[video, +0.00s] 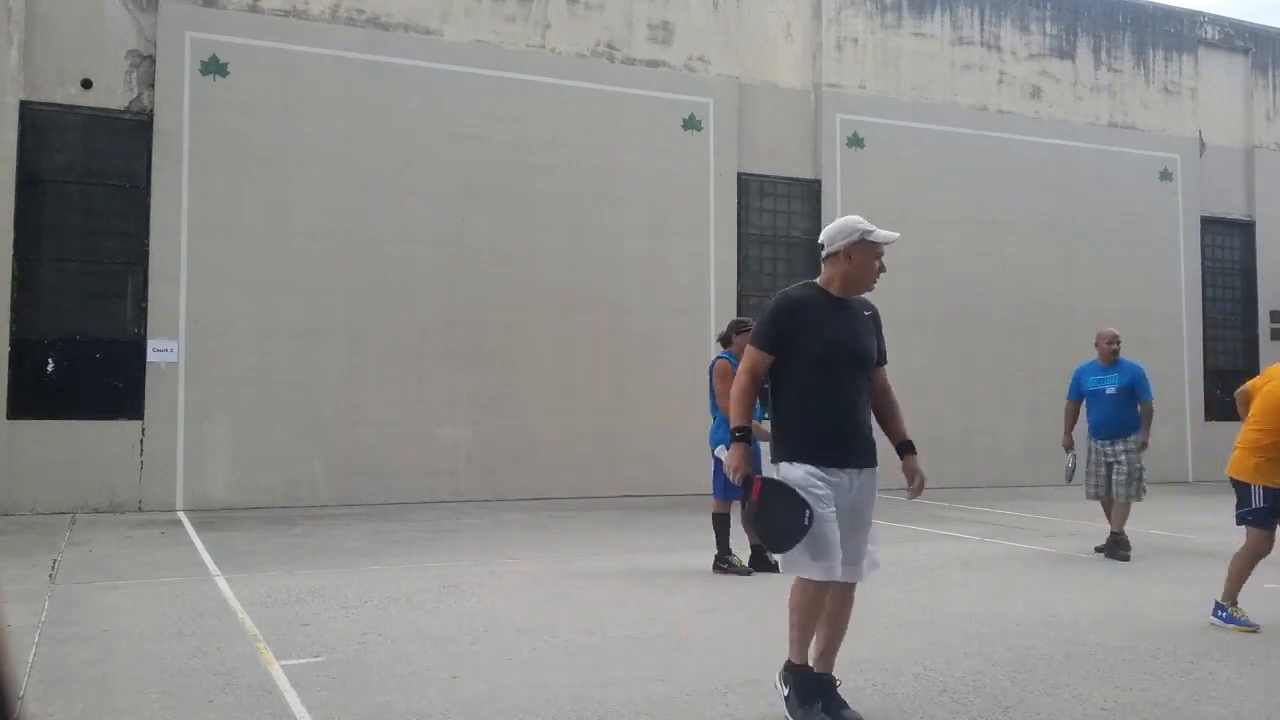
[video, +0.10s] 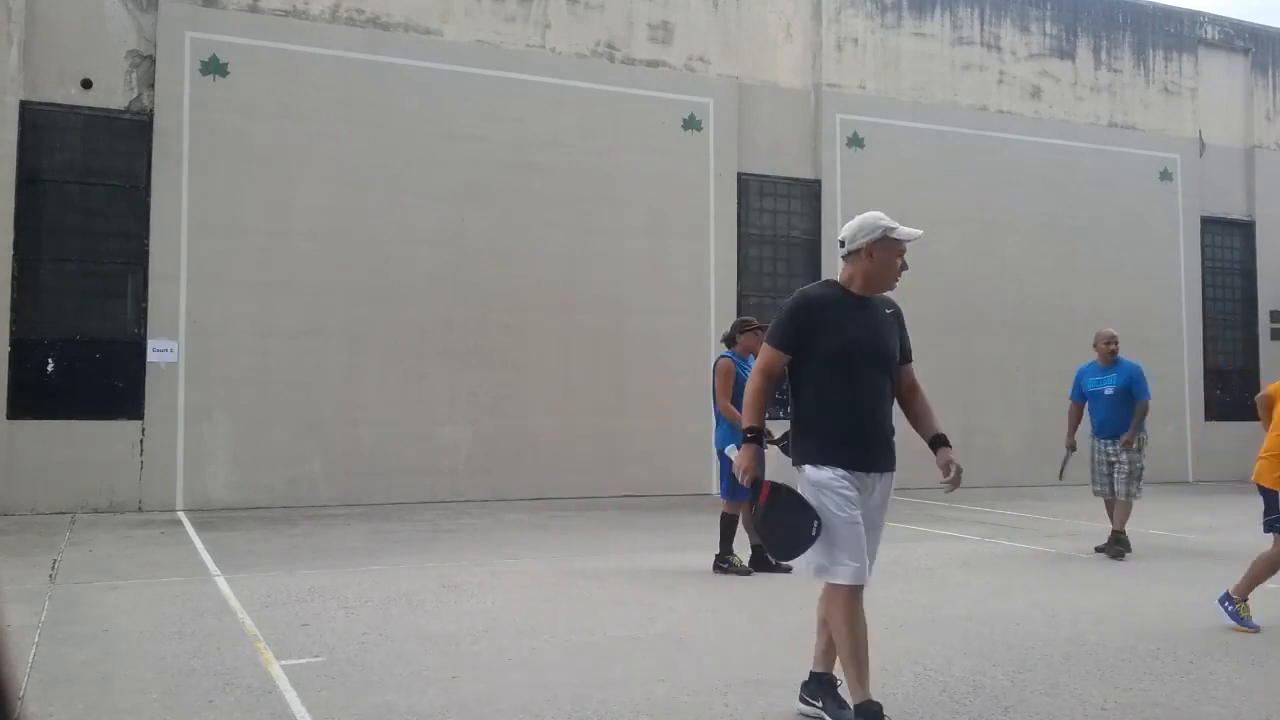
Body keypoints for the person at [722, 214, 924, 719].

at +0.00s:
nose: (882, 266)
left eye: (882, 257)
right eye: (875, 257)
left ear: (852, 258)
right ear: (844, 256)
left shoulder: (866, 314)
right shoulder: (789, 307)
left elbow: (880, 388)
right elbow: (746, 376)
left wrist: (905, 450)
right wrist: (738, 440)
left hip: (857, 468)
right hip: (803, 466)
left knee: (846, 574)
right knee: (816, 569)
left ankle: (823, 678)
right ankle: (795, 671)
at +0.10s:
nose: (905, 262)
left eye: (904, 253)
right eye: (897, 253)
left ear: (873, 255)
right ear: (864, 253)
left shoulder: (889, 313)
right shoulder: (809, 304)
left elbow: (908, 388)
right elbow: (763, 372)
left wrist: (939, 442)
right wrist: (750, 440)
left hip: (877, 467)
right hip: (826, 466)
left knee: (847, 575)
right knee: (848, 577)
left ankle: (819, 680)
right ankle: (863, 704)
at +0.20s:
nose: (928, 261)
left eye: (927, 251)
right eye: (920, 252)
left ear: (893, 254)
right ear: (887, 253)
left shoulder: (912, 315)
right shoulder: (829, 308)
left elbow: (935, 388)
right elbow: (779, 378)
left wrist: (970, 441)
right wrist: (765, 446)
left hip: (896, 478)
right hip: (844, 478)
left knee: (855, 582)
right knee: (876, 591)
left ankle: (821, 677)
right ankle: (904, 713)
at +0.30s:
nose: (951, 256)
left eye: (950, 247)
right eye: (943, 247)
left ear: (915, 250)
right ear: (909, 248)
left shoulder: (936, 311)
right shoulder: (846, 307)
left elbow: (959, 389)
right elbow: (802, 380)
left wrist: (995, 445)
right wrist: (786, 454)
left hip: (924, 481)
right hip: (870, 479)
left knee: (902, 592)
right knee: (896, 601)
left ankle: (842, 664)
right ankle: (914, 715)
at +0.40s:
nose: (974, 248)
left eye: (973, 237)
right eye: (965, 237)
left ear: (940, 242)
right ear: (925, 239)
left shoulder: (959, 304)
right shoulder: (871, 301)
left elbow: (979, 387)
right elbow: (824, 380)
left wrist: (1015, 452)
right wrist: (818, 457)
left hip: (953, 480)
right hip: (893, 478)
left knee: (962, 598)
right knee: (916, 604)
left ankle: (881, 660)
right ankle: (919, 717)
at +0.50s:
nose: (999, 239)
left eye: (998, 228)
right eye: (988, 227)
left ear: (964, 234)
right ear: (946, 230)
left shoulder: (983, 298)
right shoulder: (893, 294)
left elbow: (998, 383)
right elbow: (850, 374)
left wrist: (1030, 457)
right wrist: (856, 451)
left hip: (987, 483)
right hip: (919, 484)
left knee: (1005, 598)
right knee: (929, 607)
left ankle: (946, 692)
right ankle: (923, 715)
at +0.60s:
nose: (1024, 235)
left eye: (1024, 224)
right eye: (1012, 224)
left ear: (1009, 231)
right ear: (968, 224)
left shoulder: (1011, 294)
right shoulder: (920, 290)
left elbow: (1018, 382)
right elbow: (873, 375)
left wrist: (1046, 464)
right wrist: (900, 445)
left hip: (1012, 485)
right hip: (941, 486)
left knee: (1040, 608)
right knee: (939, 614)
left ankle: (1029, 717)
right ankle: (925, 717)